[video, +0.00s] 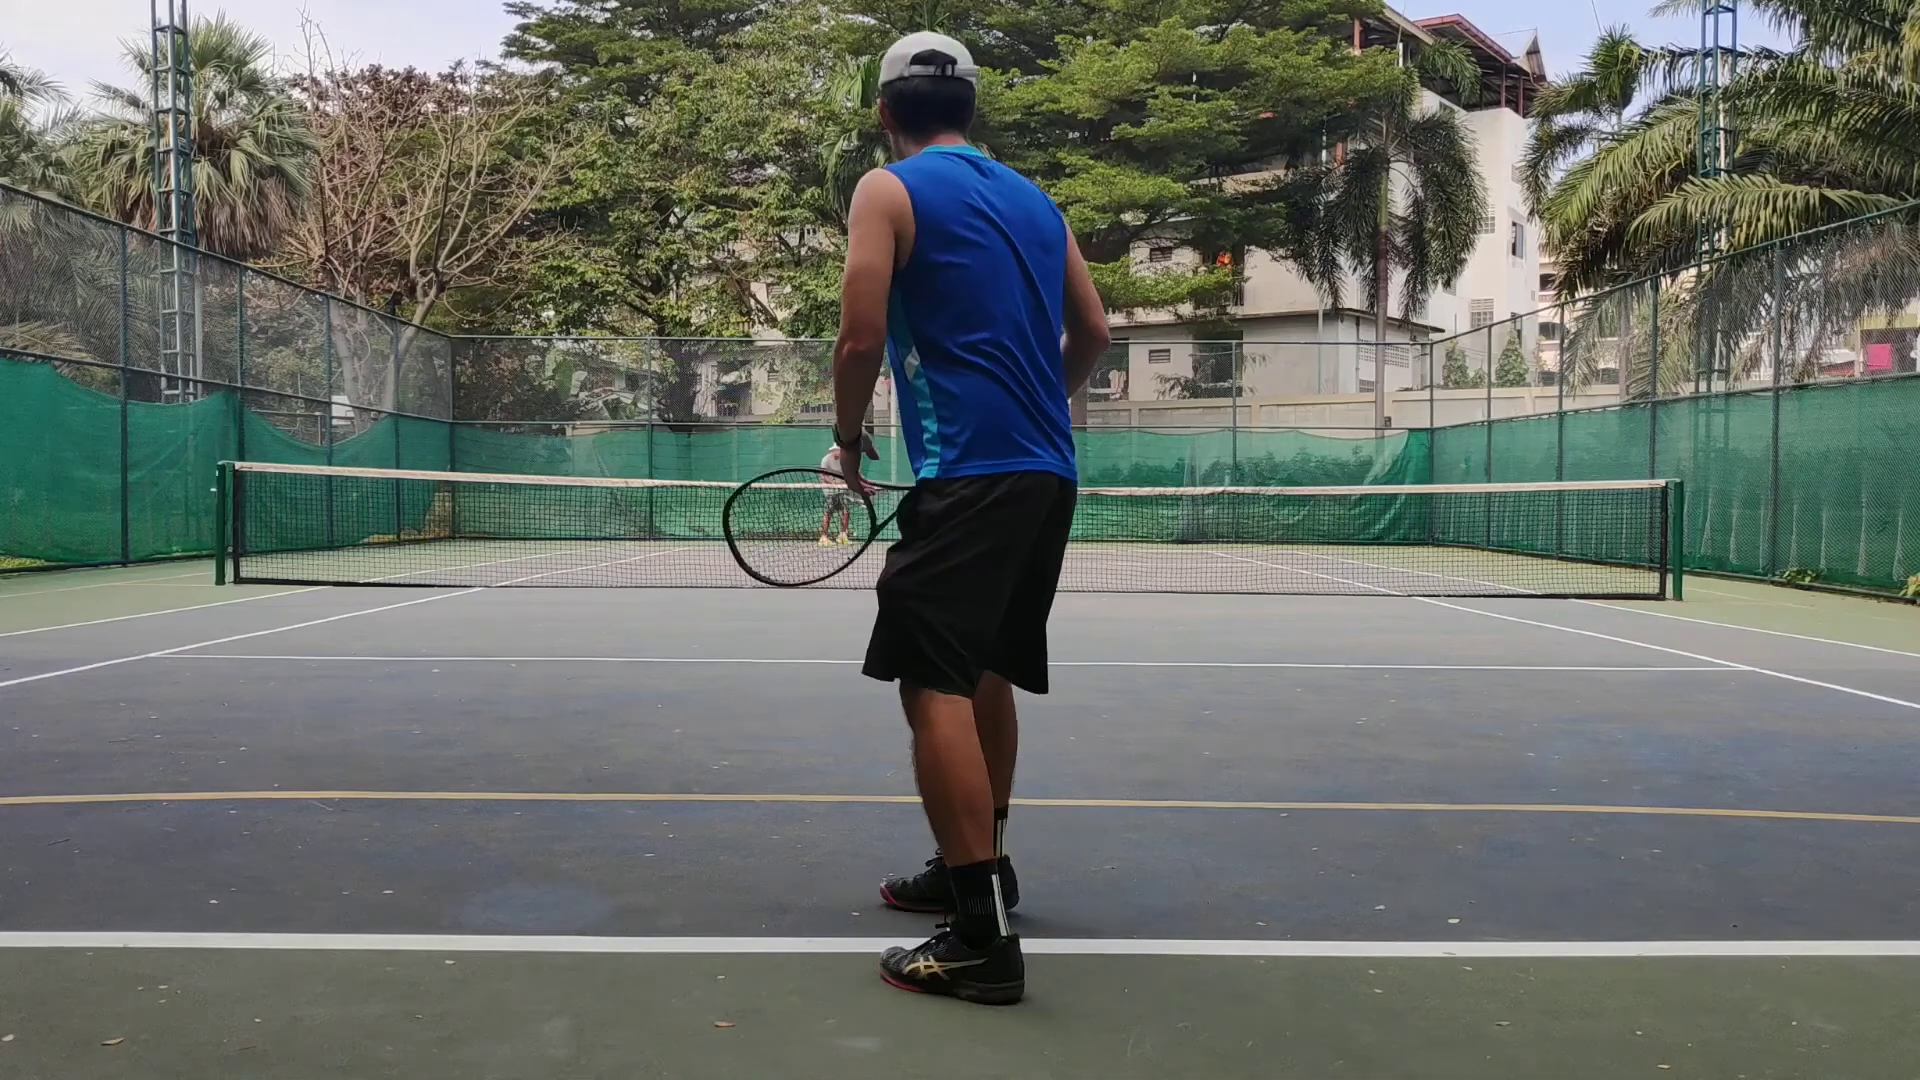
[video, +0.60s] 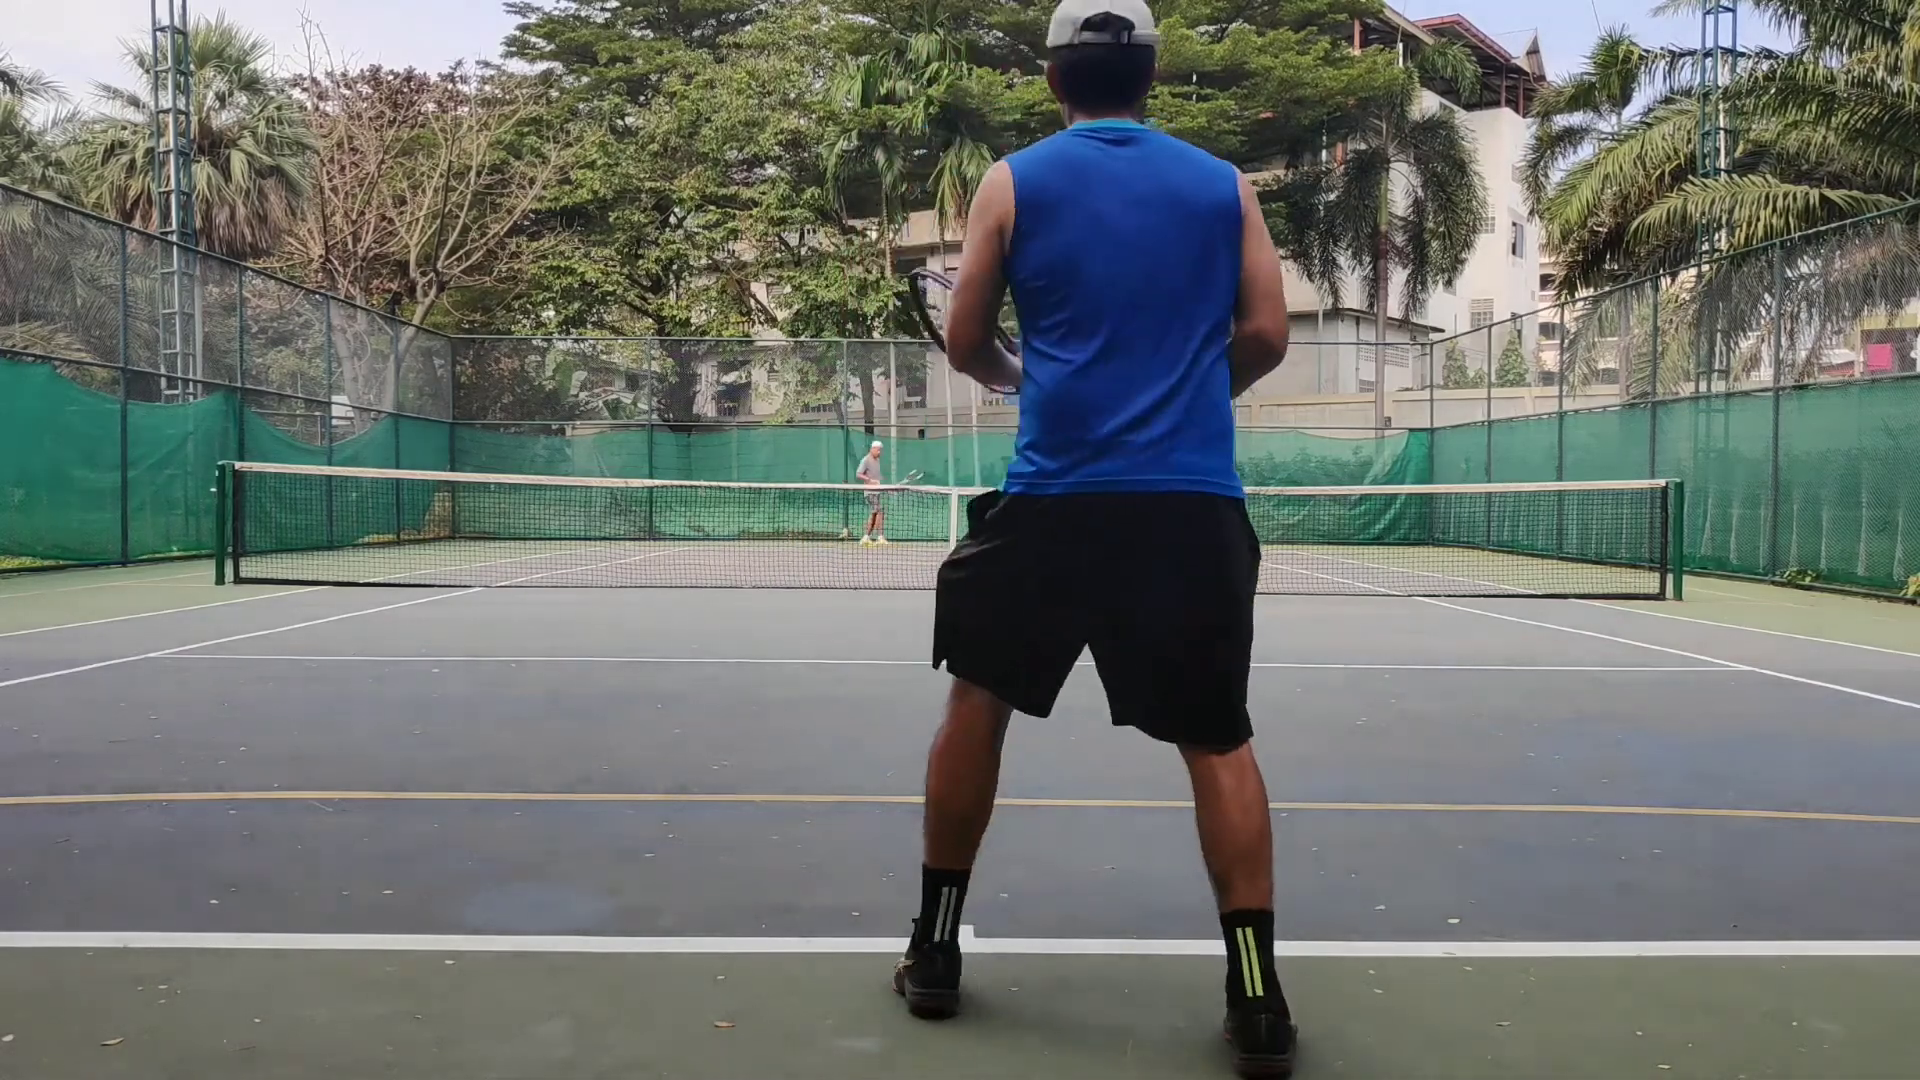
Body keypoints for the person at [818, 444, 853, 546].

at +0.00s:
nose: (839, 454)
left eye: (841, 451)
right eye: (838, 451)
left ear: (843, 452)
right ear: (833, 451)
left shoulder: (845, 460)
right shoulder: (826, 460)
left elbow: (851, 474)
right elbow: (824, 475)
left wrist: (847, 482)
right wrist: (833, 482)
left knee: (846, 512)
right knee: (828, 512)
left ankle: (843, 534)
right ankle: (824, 536)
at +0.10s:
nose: (847, 455)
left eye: (848, 453)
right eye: (846, 452)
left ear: (848, 453)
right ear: (842, 451)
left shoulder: (846, 462)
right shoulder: (833, 461)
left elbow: (844, 476)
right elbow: (831, 478)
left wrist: (847, 484)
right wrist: (842, 482)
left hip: (844, 492)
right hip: (835, 492)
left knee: (852, 513)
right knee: (832, 514)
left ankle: (858, 534)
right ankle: (824, 535)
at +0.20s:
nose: (855, 454)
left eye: (856, 452)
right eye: (853, 452)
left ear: (855, 453)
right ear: (848, 451)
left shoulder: (852, 462)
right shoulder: (841, 461)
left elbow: (850, 476)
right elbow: (837, 476)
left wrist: (856, 484)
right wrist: (849, 482)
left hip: (852, 489)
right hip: (843, 489)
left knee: (859, 513)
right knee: (840, 515)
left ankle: (863, 537)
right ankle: (826, 535)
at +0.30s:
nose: (861, 453)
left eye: (862, 452)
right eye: (859, 451)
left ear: (862, 452)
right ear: (854, 451)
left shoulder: (860, 461)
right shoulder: (847, 461)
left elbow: (858, 475)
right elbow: (843, 476)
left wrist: (863, 486)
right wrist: (855, 481)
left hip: (861, 492)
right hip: (851, 493)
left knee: (866, 515)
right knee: (851, 517)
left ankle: (865, 537)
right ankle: (835, 530)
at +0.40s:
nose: (867, 453)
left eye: (868, 450)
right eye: (865, 450)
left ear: (869, 451)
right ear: (860, 449)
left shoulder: (866, 460)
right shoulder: (853, 460)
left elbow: (864, 474)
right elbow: (847, 474)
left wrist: (869, 486)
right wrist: (859, 480)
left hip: (866, 488)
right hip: (857, 489)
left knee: (869, 514)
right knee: (864, 513)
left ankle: (865, 536)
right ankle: (847, 529)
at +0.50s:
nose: (873, 451)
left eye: (874, 449)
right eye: (871, 449)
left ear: (874, 450)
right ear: (866, 449)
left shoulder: (871, 460)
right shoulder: (860, 459)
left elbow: (870, 473)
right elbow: (852, 473)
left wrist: (874, 484)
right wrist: (863, 479)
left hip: (872, 488)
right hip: (864, 489)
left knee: (873, 513)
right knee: (874, 512)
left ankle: (866, 536)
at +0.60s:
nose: (878, 452)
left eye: (879, 450)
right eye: (876, 449)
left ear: (880, 450)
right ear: (872, 449)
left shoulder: (877, 460)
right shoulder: (866, 459)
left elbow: (876, 474)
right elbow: (859, 474)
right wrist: (870, 480)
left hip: (877, 489)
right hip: (869, 490)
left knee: (875, 513)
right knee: (879, 512)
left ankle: (866, 536)